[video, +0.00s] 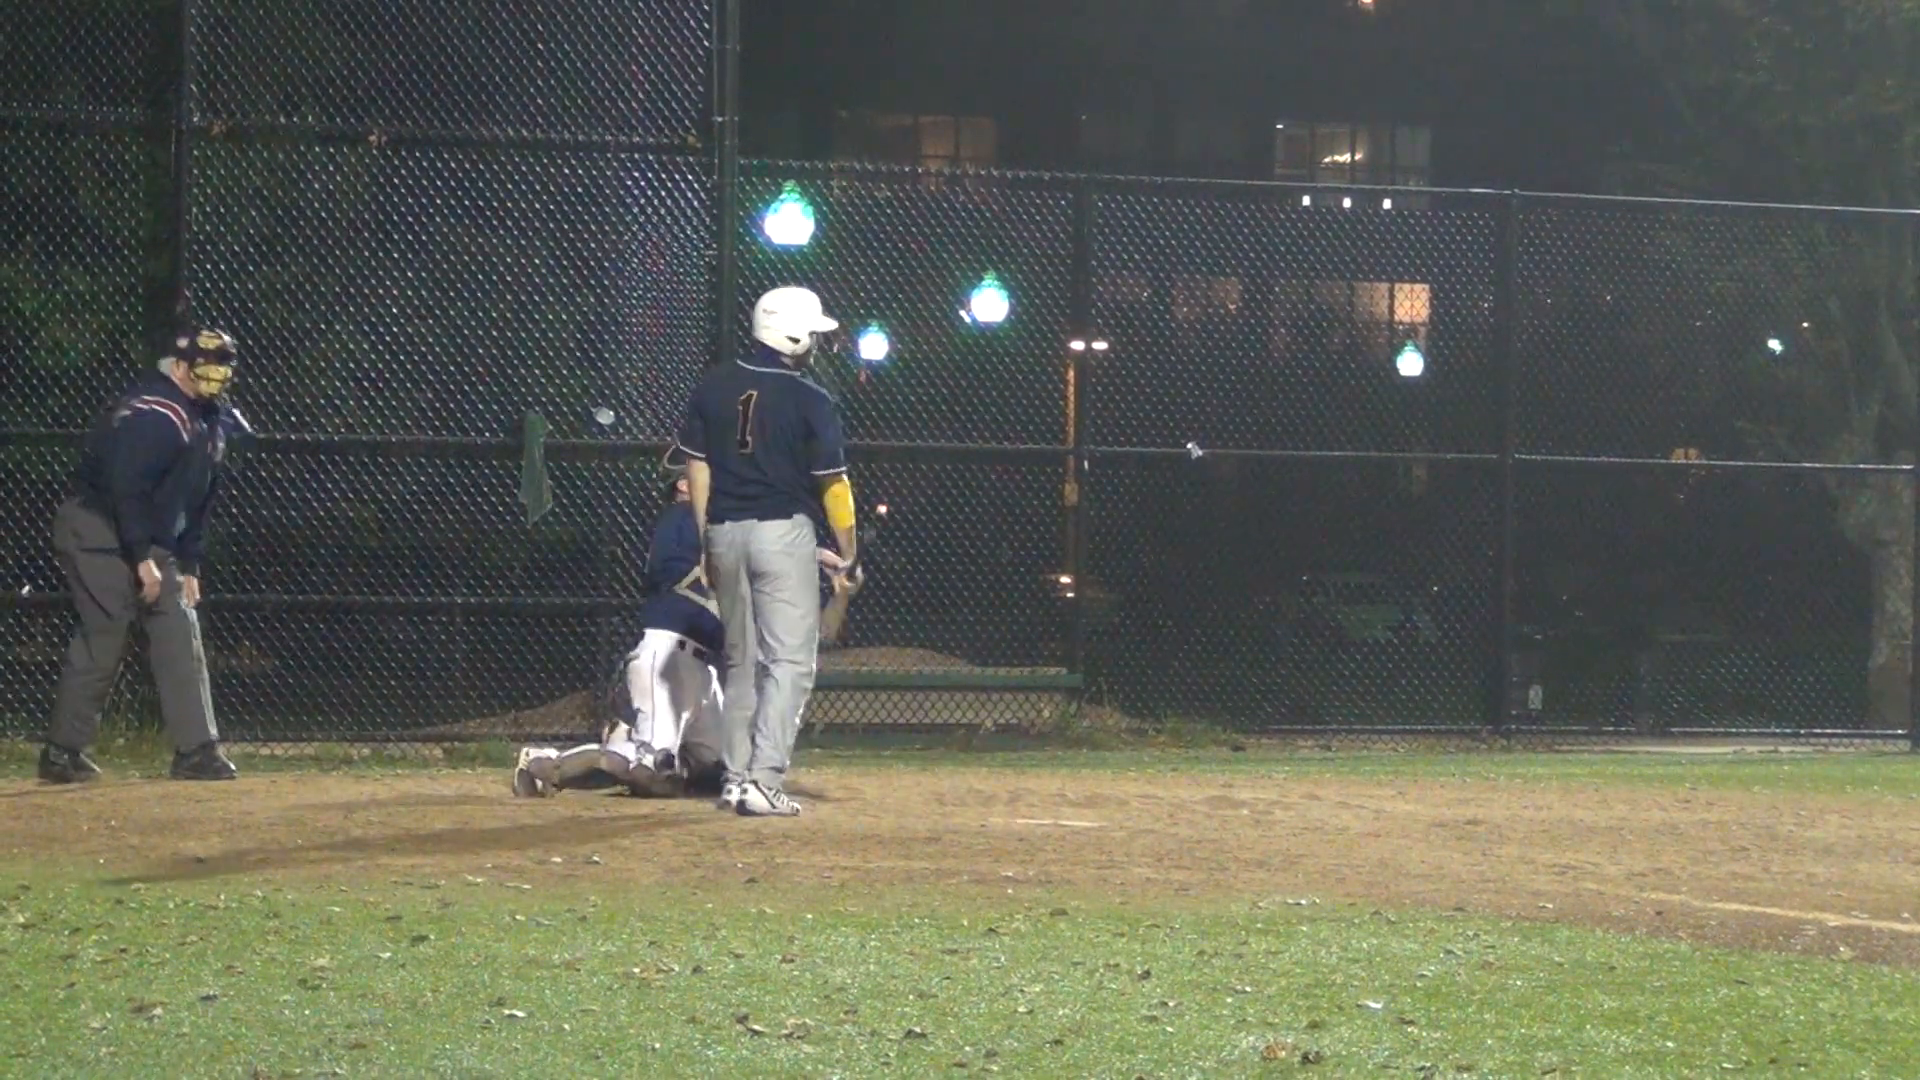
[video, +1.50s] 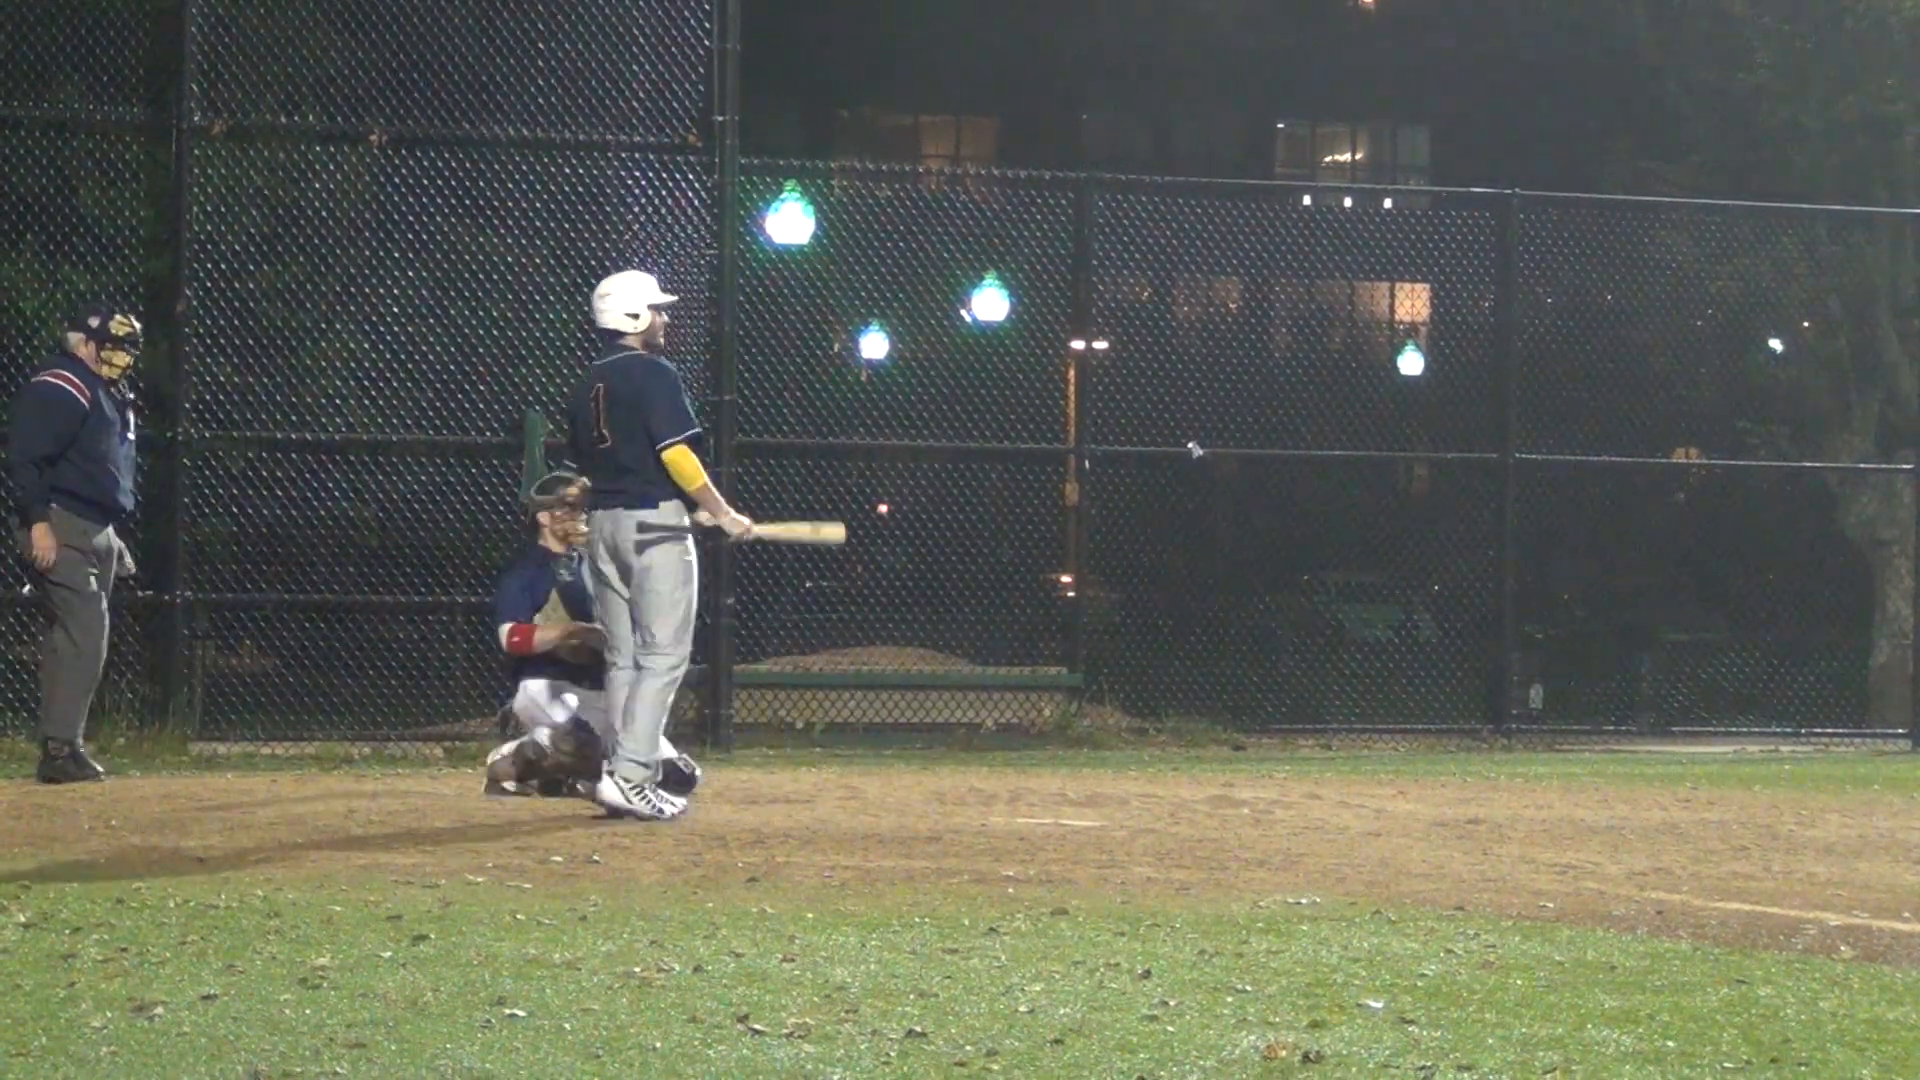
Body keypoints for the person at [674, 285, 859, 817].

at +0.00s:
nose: (816, 343)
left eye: (815, 335)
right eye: (812, 335)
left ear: (760, 331)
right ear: (796, 337)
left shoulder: (713, 385)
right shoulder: (811, 397)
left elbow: (698, 468)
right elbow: (834, 486)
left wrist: (707, 542)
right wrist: (849, 555)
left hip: (723, 535)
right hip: (784, 536)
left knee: (740, 657)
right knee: (790, 660)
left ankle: (737, 775)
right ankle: (764, 782)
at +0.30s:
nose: (799, 334)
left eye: (797, 325)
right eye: (792, 326)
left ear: (743, 326)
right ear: (769, 330)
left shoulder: (701, 380)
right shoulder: (771, 387)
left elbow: (691, 453)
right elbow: (778, 462)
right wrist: (798, 527)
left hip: (706, 529)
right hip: (756, 528)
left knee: (725, 652)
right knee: (771, 657)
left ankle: (680, 749)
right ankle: (763, 784)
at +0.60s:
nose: (755, 333)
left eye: (753, 324)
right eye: (747, 326)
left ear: (702, 331)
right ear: (721, 331)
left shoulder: (668, 380)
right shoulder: (718, 385)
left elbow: (672, 450)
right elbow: (717, 450)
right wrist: (740, 494)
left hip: (667, 530)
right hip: (714, 529)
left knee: (678, 653)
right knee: (742, 657)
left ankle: (642, 781)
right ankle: (761, 784)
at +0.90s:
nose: (709, 326)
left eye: (707, 317)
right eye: (701, 317)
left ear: (666, 324)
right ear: (672, 322)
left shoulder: (626, 375)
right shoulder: (671, 372)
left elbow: (620, 456)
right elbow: (672, 451)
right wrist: (686, 524)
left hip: (628, 523)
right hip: (676, 522)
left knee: (641, 651)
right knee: (739, 636)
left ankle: (636, 782)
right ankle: (741, 763)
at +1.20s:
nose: (681, 320)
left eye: (679, 311)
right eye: (672, 312)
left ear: (632, 321)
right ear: (645, 318)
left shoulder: (596, 379)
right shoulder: (659, 372)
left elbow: (580, 461)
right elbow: (673, 455)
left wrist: (600, 516)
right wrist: (697, 531)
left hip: (610, 528)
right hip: (655, 524)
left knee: (635, 651)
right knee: (727, 630)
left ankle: (633, 782)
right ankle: (687, 742)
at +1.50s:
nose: (666, 319)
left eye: (663, 310)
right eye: (659, 311)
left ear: (616, 321)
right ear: (637, 318)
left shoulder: (587, 382)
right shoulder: (654, 373)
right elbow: (676, 453)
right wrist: (722, 510)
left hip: (603, 523)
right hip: (654, 521)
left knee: (625, 654)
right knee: (665, 653)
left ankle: (628, 773)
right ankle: (630, 779)